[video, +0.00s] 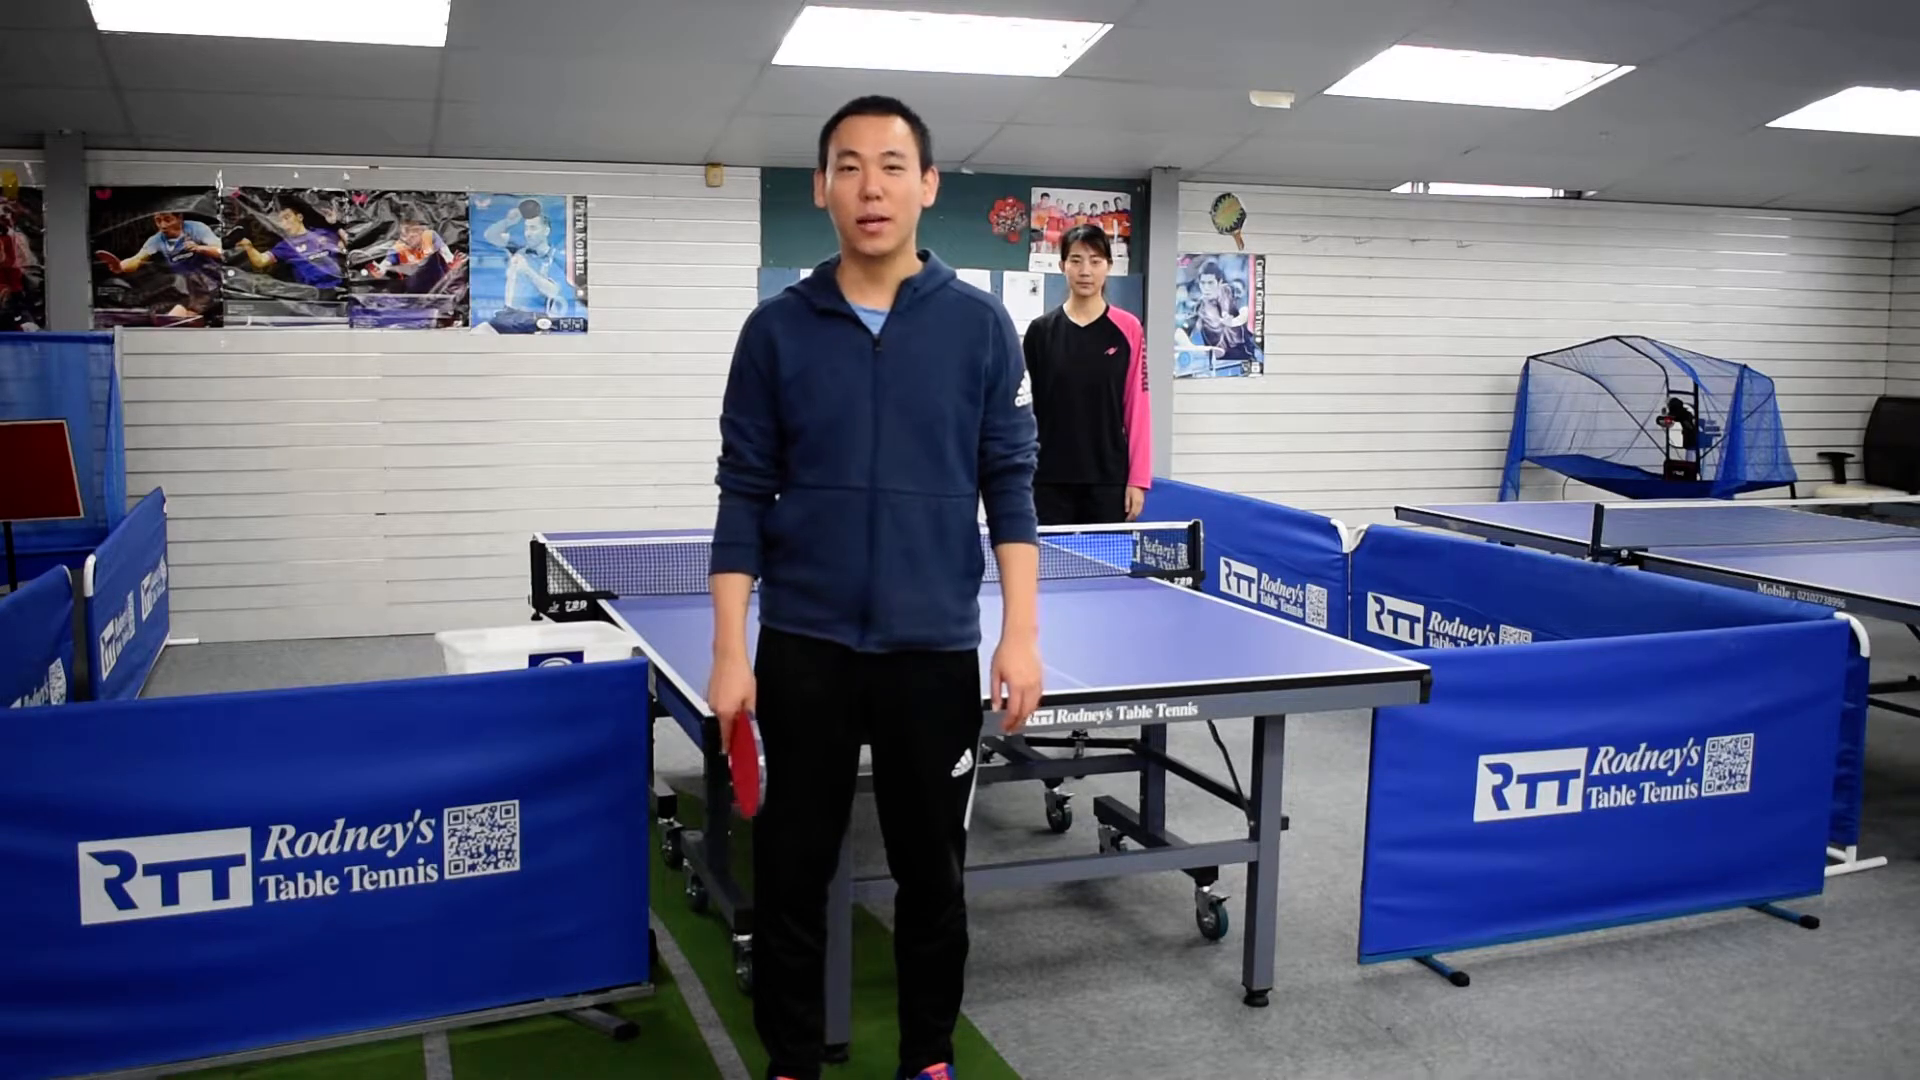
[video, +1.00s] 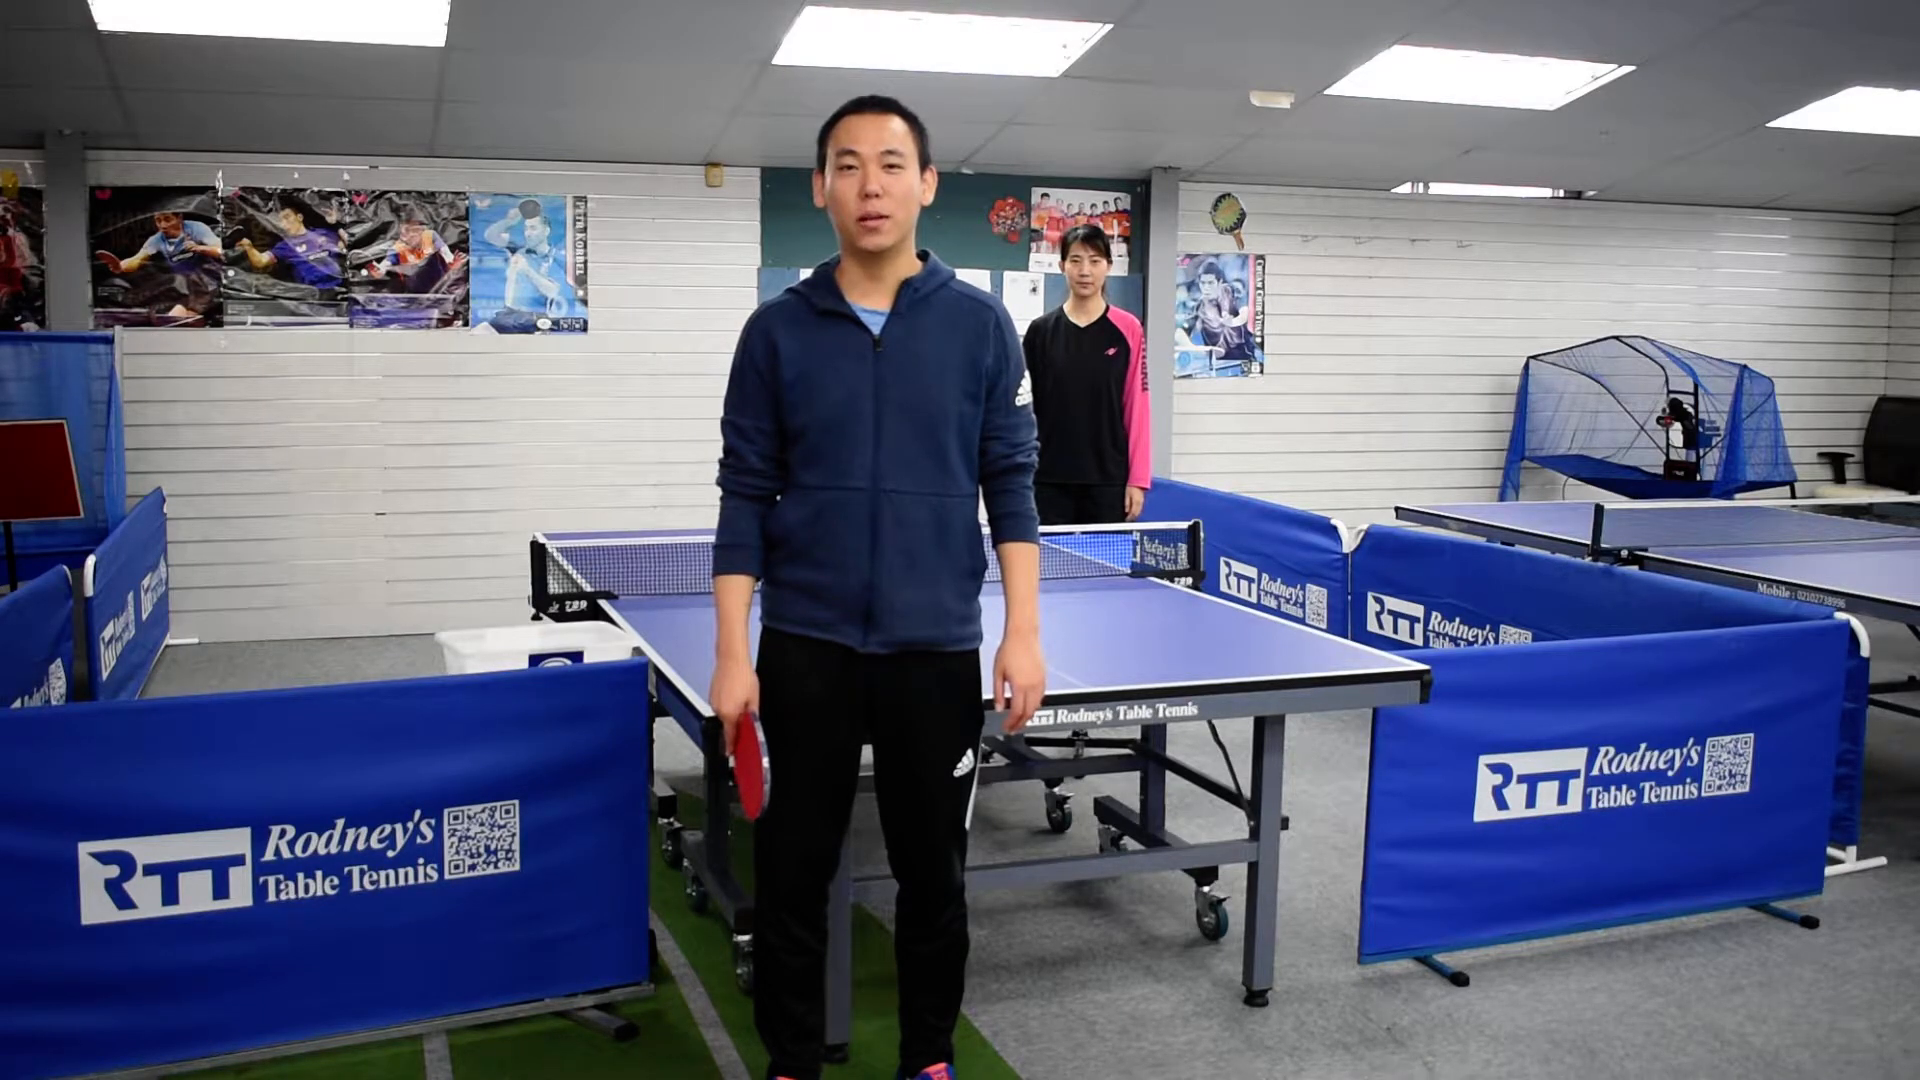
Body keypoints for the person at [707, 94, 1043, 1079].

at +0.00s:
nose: (870, 187)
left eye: (892, 167)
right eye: (849, 168)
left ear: (926, 189)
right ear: (823, 190)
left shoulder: (979, 326)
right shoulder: (777, 329)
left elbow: (1011, 486)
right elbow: (741, 491)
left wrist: (1021, 634)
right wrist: (729, 650)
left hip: (933, 644)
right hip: (805, 643)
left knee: (931, 872)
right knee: (790, 874)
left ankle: (930, 1061)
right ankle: (791, 1061)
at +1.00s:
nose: (870, 185)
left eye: (892, 166)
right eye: (848, 167)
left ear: (926, 187)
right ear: (822, 190)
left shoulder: (979, 326)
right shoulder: (777, 330)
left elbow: (1012, 482)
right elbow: (743, 492)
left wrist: (1023, 631)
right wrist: (732, 653)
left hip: (934, 645)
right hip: (806, 644)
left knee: (932, 875)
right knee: (791, 877)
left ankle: (930, 1060)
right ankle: (791, 1062)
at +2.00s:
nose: (867, 186)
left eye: (889, 166)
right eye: (845, 168)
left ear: (923, 187)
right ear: (820, 192)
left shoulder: (979, 326)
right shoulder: (777, 330)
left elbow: (1012, 483)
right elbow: (742, 492)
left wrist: (1022, 631)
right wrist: (731, 653)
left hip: (933, 644)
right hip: (805, 643)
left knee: (932, 873)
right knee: (790, 876)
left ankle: (930, 1060)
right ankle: (791, 1062)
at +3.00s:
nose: (874, 181)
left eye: (897, 164)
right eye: (853, 164)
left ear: (930, 188)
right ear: (828, 189)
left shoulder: (984, 327)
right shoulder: (784, 328)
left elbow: (1014, 483)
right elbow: (734, 476)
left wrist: (1020, 631)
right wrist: (742, 612)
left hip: (938, 643)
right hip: (807, 640)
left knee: (934, 875)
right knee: (793, 876)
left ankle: (930, 1060)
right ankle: (791, 1061)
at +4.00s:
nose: (875, 189)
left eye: (897, 168)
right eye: (853, 170)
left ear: (932, 189)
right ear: (829, 193)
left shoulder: (986, 327)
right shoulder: (783, 329)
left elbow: (1017, 485)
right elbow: (748, 490)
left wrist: (1025, 634)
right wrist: (742, 645)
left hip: (936, 646)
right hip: (807, 643)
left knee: (933, 874)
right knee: (793, 878)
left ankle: (929, 1060)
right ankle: (791, 1062)